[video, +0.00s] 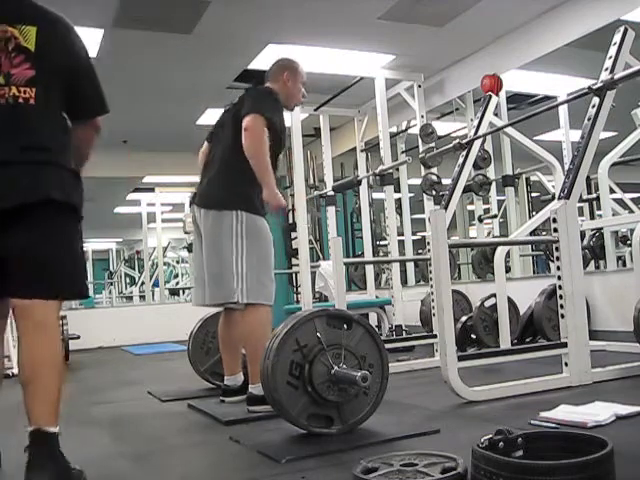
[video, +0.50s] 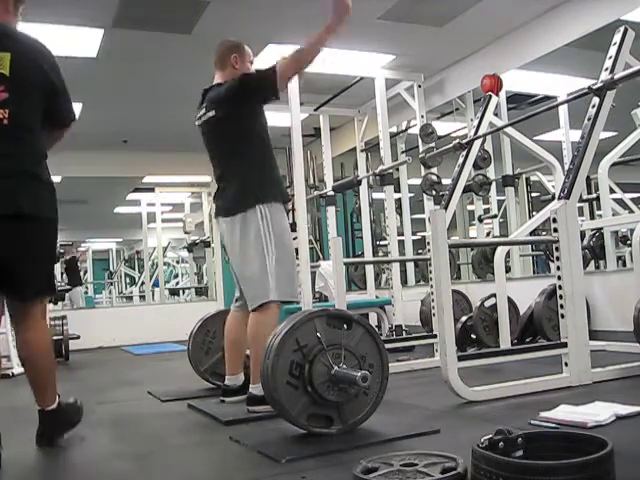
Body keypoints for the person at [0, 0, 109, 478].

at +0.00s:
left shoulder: (48, 25)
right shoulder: (46, 24)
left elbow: (88, 116)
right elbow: (90, 116)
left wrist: (66, 172)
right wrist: (67, 170)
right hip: (34, 183)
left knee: (36, 312)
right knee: (37, 313)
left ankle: (43, 447)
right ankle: (43, 447)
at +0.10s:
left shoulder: (40, 29)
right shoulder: (37, 29)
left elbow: (77, 115)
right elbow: (78, 115)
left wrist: (45, 166)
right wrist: (46, 164)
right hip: (29, 191)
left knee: (45, 308)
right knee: (44, 308)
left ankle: (47, 415)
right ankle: (48, 413)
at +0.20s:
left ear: (8, 5)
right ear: (13, 1)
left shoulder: (36, 35)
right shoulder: (33, 34)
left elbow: (66, 115)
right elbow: (67, 116)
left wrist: (30, 157)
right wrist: (32, 156)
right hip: (25, 186)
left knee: (52, 292)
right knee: (51, 293)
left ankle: (44, 387)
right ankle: (44, 387)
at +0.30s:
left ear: (6, 8)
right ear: (12, 4)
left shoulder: (33, 39)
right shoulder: (30, 38)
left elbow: (60, 115)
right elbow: (62, 115)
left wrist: (27, 152)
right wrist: (27, 151)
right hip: (23, 186)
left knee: (51, 294)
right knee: (49, 294)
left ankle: (41, 399)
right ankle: (41, 398)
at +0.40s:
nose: (14, 10)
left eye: (12, 7)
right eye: (15, 6)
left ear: (4, 6)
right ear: (10, 4)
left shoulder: (31, 45)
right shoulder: (28, 43)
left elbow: (58, 116)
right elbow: (60, 117)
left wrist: (25, 151)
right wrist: (26, 151)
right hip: (24, 193)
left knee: (39, 306)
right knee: (39, 305)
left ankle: (47, 419)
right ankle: (46, 420)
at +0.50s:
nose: (18, 12)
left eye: (14, 8)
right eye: (18, 7)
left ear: (4, 8)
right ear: (12, 7)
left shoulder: (32, 52)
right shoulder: (31, 51)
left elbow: (58, 120)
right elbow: (61, 121)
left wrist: (25, 154)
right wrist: (25, 154)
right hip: (22, 199)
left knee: (29, 311)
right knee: (29, 310)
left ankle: (50, 412)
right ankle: (50, 414)